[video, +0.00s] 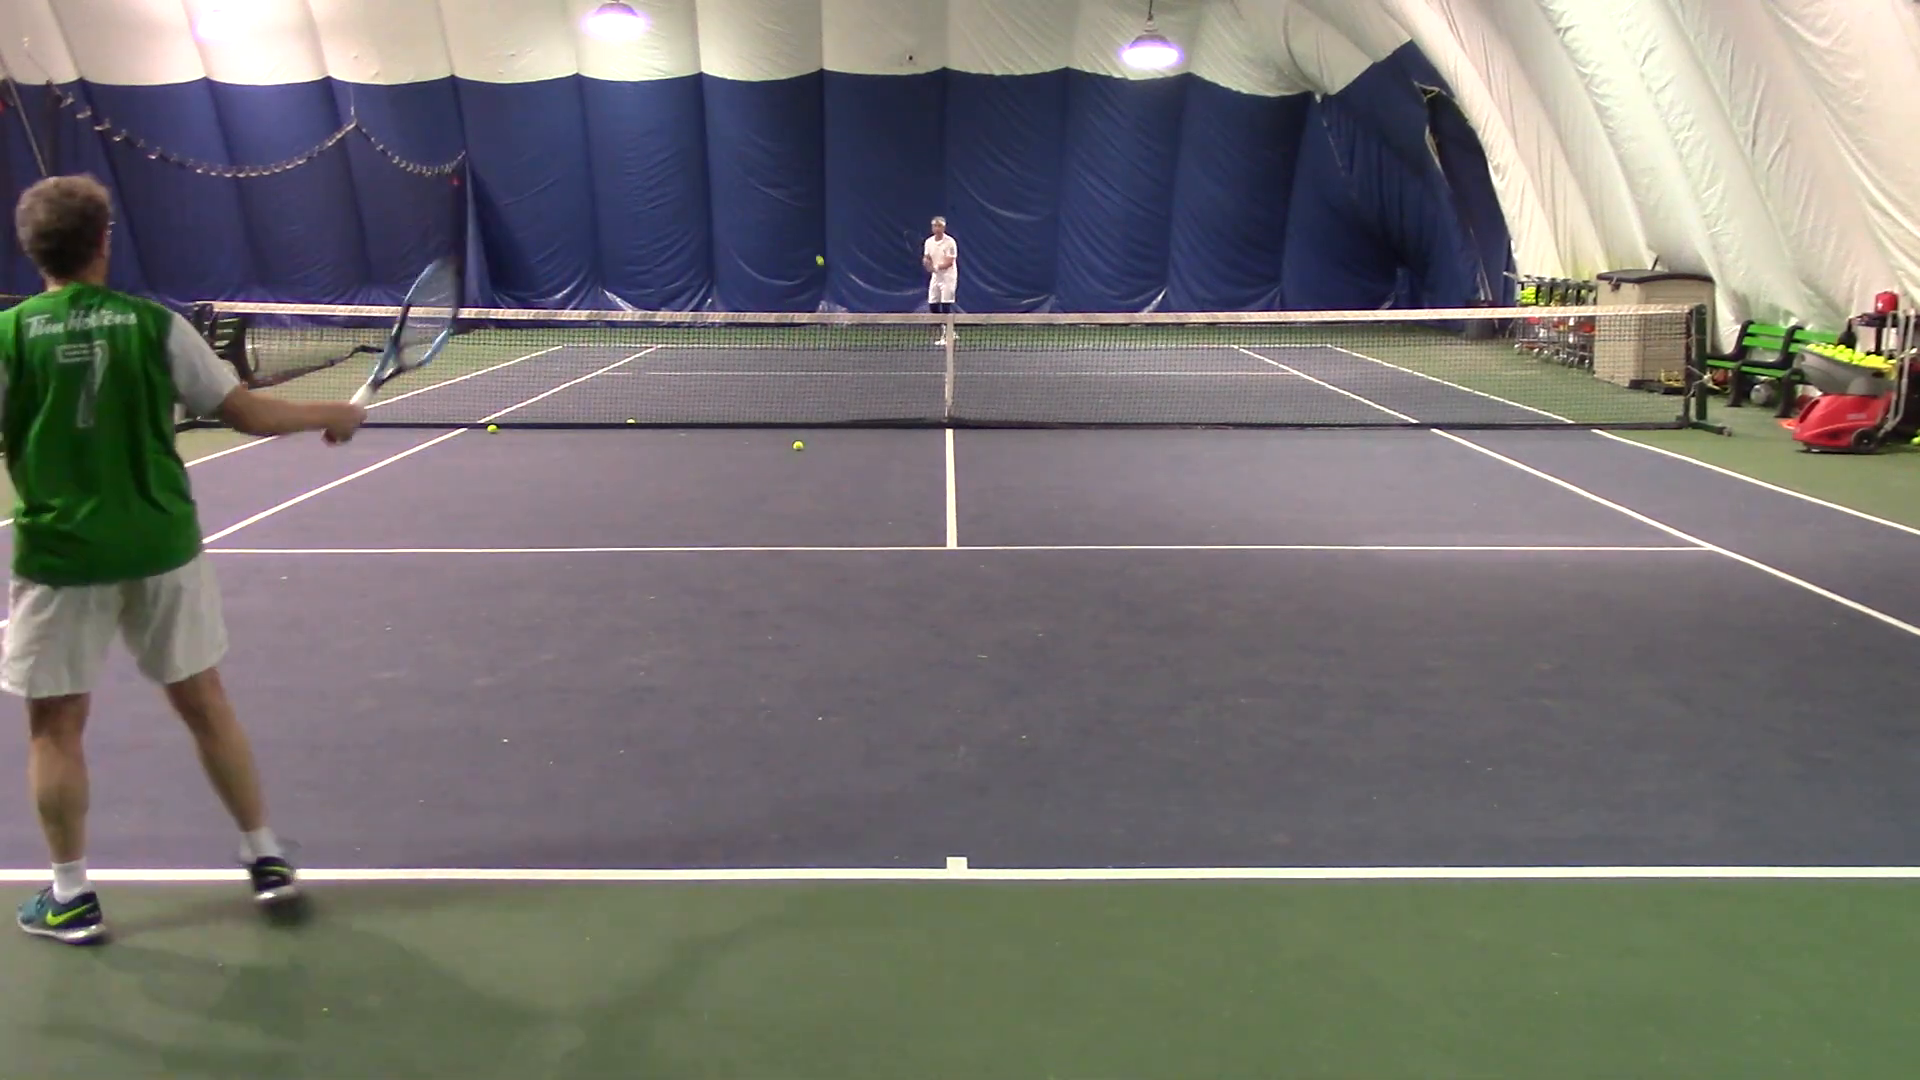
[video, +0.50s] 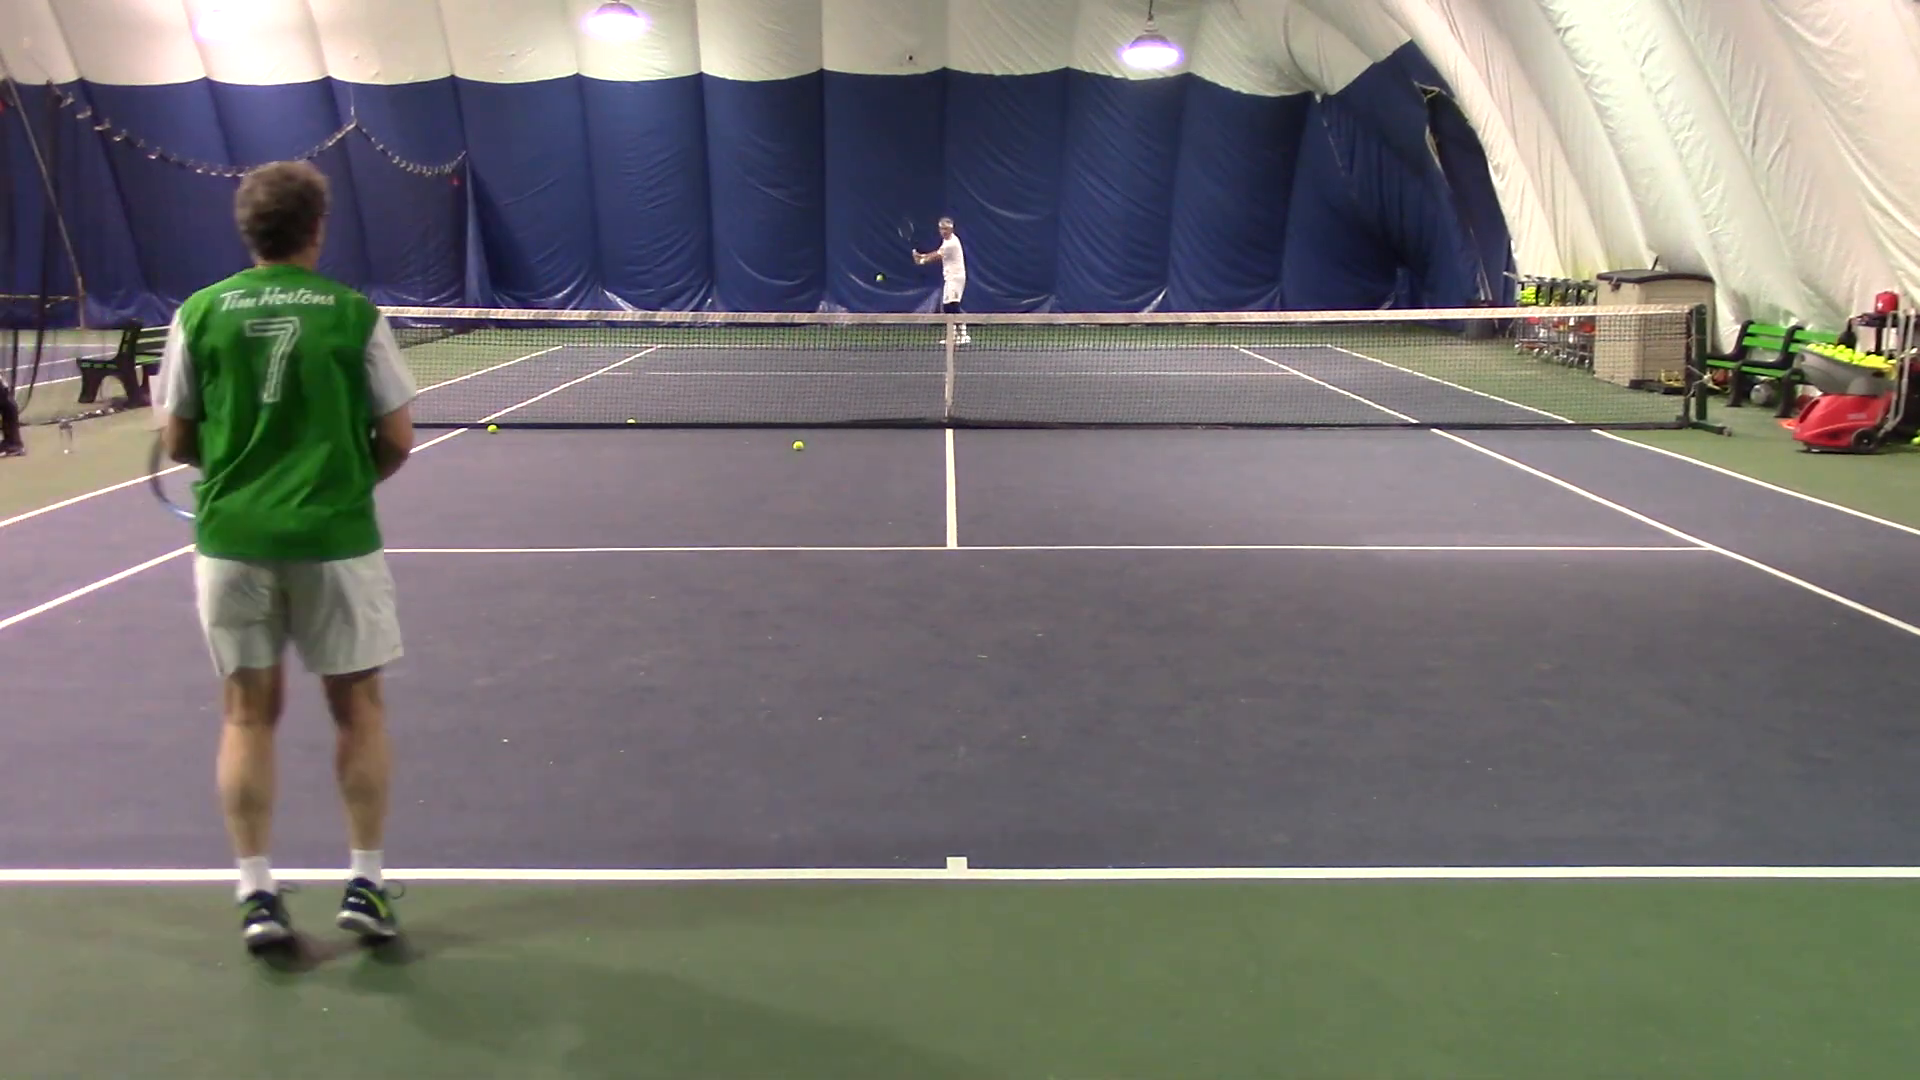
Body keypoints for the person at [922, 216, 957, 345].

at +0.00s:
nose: (937, 229)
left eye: (940, 226)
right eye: (935, 226)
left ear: (944, 227)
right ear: (932, 227)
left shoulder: (950, 242)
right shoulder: (928, 242)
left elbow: (951, 260)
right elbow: (926, 257)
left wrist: (939, 266)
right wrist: (928, 264)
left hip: (947, 276)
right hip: (935, 275)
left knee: (945, 305)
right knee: (933, 304)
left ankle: (948, 333)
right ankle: (943, 330)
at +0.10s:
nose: (938, 229)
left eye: (941, 226)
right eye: (936, 226)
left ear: (946, 227)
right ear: (934, 228)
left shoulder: (951, 242)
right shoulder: (931, 242)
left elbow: (947, 260)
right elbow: (929, 258)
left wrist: (933, 266)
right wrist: (925, 262)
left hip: (949, 276)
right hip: (938, 276)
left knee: (946, 305)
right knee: (938, 306)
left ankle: (948, 333)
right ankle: (949, 332)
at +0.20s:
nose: (939, 230)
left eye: (942, 227)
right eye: (937, 227)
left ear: (946, 228)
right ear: (936, 229)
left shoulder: (951, 243)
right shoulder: (935, 242)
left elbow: (940, 257)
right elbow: (928, 255)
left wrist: (925, 264)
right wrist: (919, 259)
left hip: (952, 277)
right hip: (942, 278)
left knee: (946, 305)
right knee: (941, 306)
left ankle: (950, 333)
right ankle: (949, 333)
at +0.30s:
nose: (940, 230)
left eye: (943, 228)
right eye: (939, 228)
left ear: (948, 228)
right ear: (937, 229)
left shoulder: (951, 242)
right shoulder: (939, 241)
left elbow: (936, 255)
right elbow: (930, 251)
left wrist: (921, 259)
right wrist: (918, 255)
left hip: (954, 275)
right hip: (944, 276)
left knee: (947, 304)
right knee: (943, 305)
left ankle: (952, 335)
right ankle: (951, 334)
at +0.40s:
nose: (942, 231)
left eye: (945, 228)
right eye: (940, 228)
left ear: (950, 229)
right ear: (938, 229)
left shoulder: (951, 243)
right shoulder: (942, 241)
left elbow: (936, 254)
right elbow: (932, 251)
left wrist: (921, 259)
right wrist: (918, 254)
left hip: (955, 276)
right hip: (947, 276)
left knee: (950, 304)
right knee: (945, 305)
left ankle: (957, 334)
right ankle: (951, 334)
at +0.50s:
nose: (944, 232)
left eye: (947, 229)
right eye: (942, 229)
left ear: (952, 229)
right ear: (940, 229)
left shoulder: (951, 243)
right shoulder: (946, 242)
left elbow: (937, 255)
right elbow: (937, 253)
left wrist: (923, 259)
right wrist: (922, 256)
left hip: (956, 276)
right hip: (950, 276)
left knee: (953, 304)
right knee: (947, 305)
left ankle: (963, 334)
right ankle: (952, 334)